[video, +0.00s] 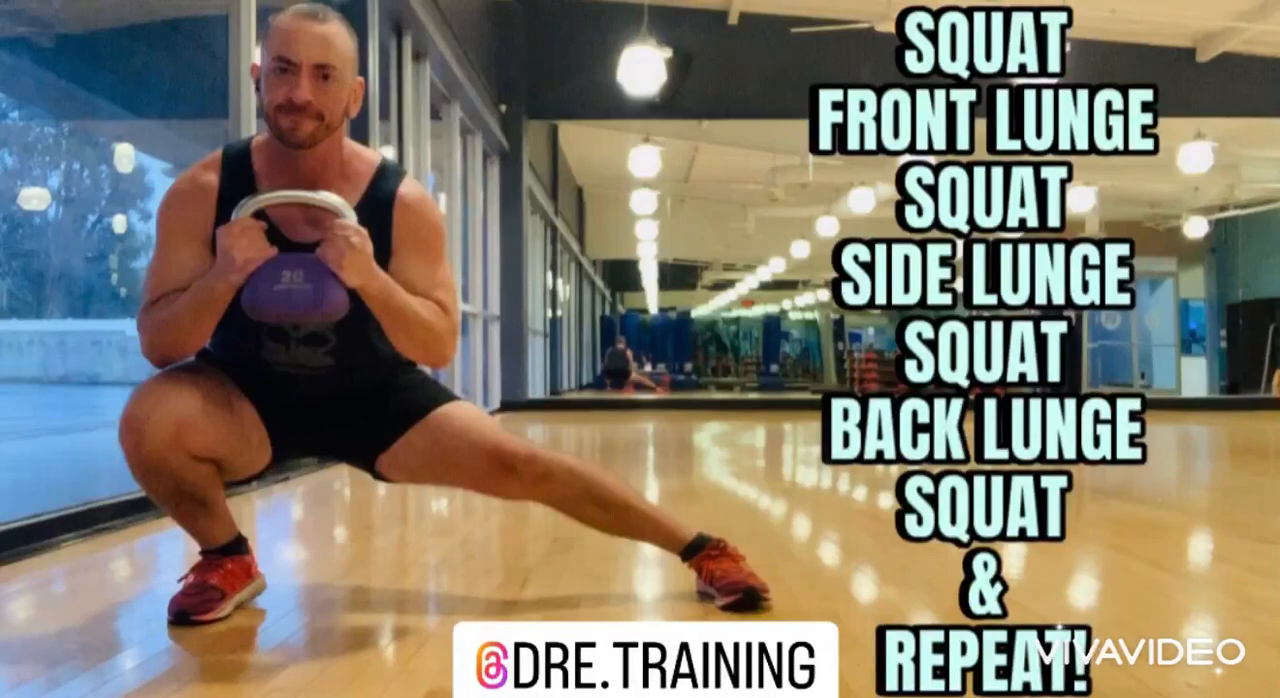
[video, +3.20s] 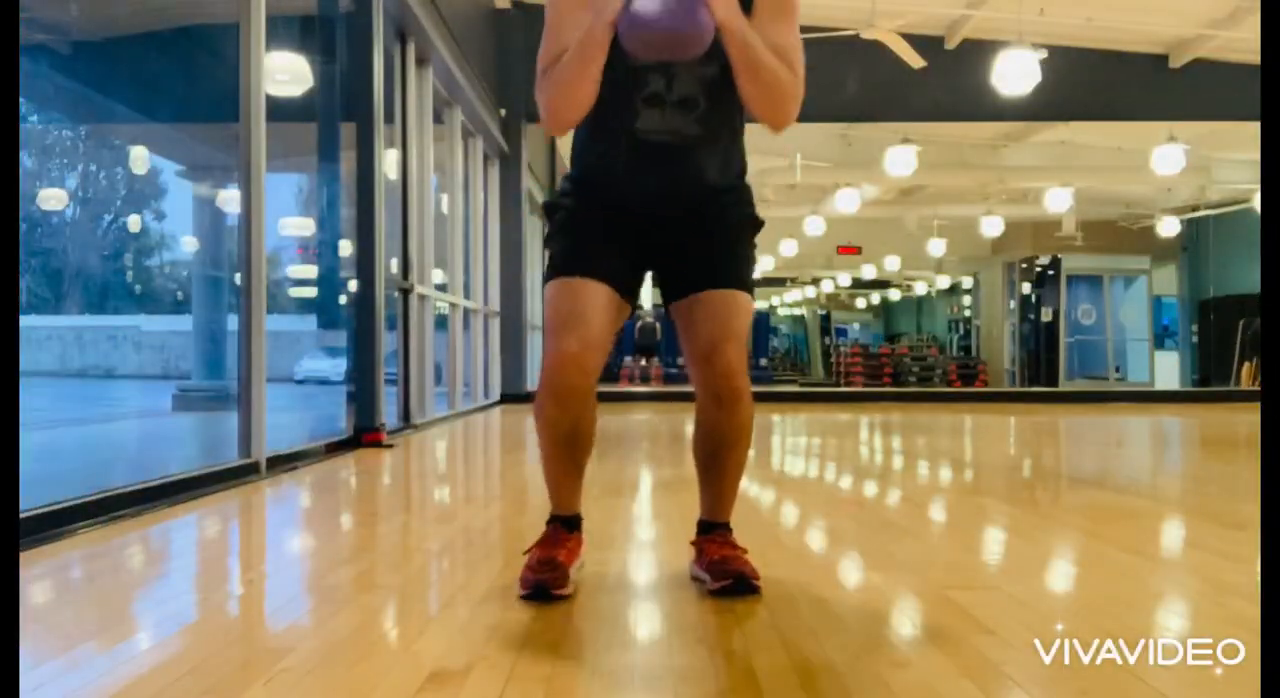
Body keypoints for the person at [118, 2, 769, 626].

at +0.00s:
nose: (297, 92)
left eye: (321, 75)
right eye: (281, 70)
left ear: (355, 91)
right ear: (257, 77)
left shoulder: (405, 205)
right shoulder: (200, 193)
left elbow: (437, 346)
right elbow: (161, 344)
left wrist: (367, 276)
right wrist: (221, 277)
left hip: (378, 397)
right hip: (253, 396)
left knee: (517, 463)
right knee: (148, 422)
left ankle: (696, 548)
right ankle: (226, 555)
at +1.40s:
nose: (299, 90)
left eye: (322, 73)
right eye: (282, 69)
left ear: (354, 90)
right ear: (257, 79)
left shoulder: (407, 209)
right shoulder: (200, 194)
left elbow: (437, 346)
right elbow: (161, 344)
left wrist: (365, 274)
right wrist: (221, 279)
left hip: (378, 399)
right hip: (252, 397)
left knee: (517, 462)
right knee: (149, 422)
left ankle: (696, 548)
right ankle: (226, 557)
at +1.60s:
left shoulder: (685, 11)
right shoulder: (564, 10)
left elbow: (712, 54)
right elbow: (529, 39)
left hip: (683, 157)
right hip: (575, 156)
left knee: (697, 351)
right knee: (571, 354)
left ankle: (715, 528)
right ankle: (560, 533)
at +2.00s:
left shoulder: (730, 3)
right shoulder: (552, 2)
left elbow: (748, 103)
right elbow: (537, 111)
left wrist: (695, 12)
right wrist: (578, 15)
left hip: (689, 197)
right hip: (585, 196)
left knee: (720, 352)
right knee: (556, 353)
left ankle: (716, 536)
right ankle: (559, 533)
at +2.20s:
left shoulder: (729, 71)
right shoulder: (556, 70)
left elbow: (744, 201)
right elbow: (532, 206)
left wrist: (696, 106)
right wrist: (579, 113)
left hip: (687, 272)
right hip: (585, 271)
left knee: (726, 368)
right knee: (546, 374)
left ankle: (716, 536)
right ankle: (559, 536)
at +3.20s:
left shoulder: (763, 1)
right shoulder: (577, 2)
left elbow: (780, 108)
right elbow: (556, 114)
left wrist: (726, 14)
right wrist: (604, 14)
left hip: (709, 205)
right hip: (601, 202)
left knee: (726, 377)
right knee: (566, 366)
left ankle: (715, 537)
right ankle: (562, 528)